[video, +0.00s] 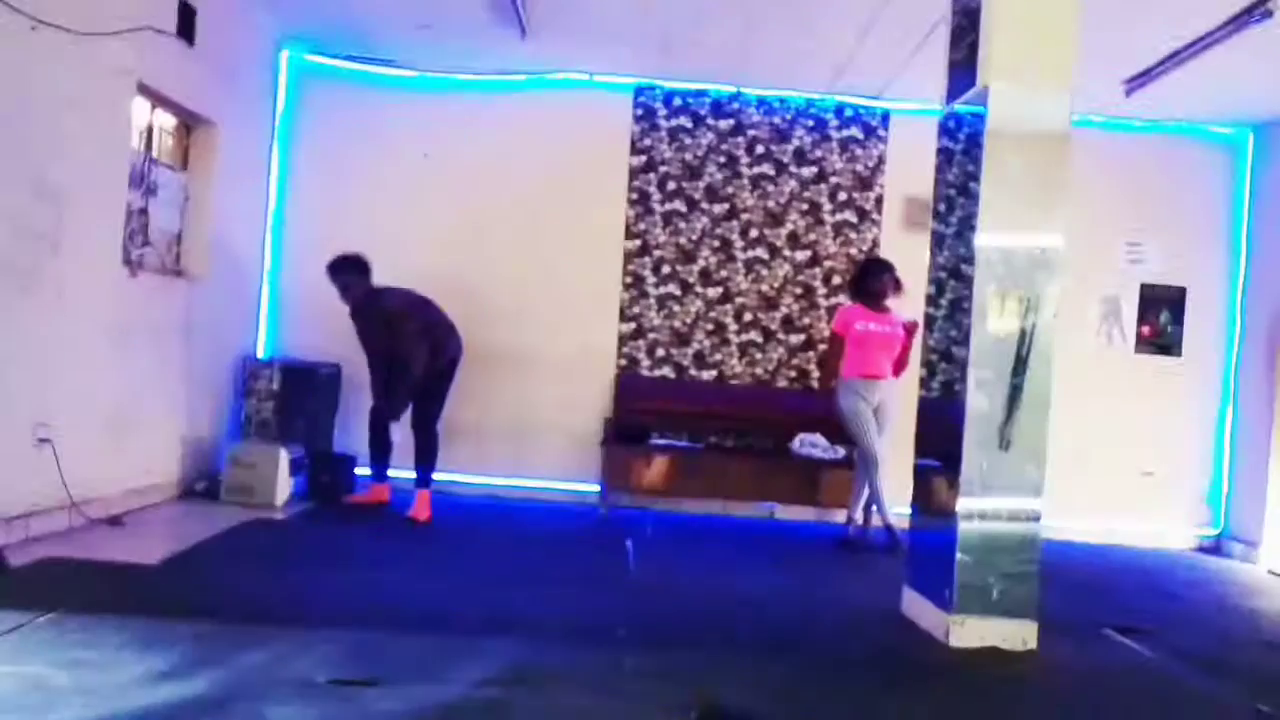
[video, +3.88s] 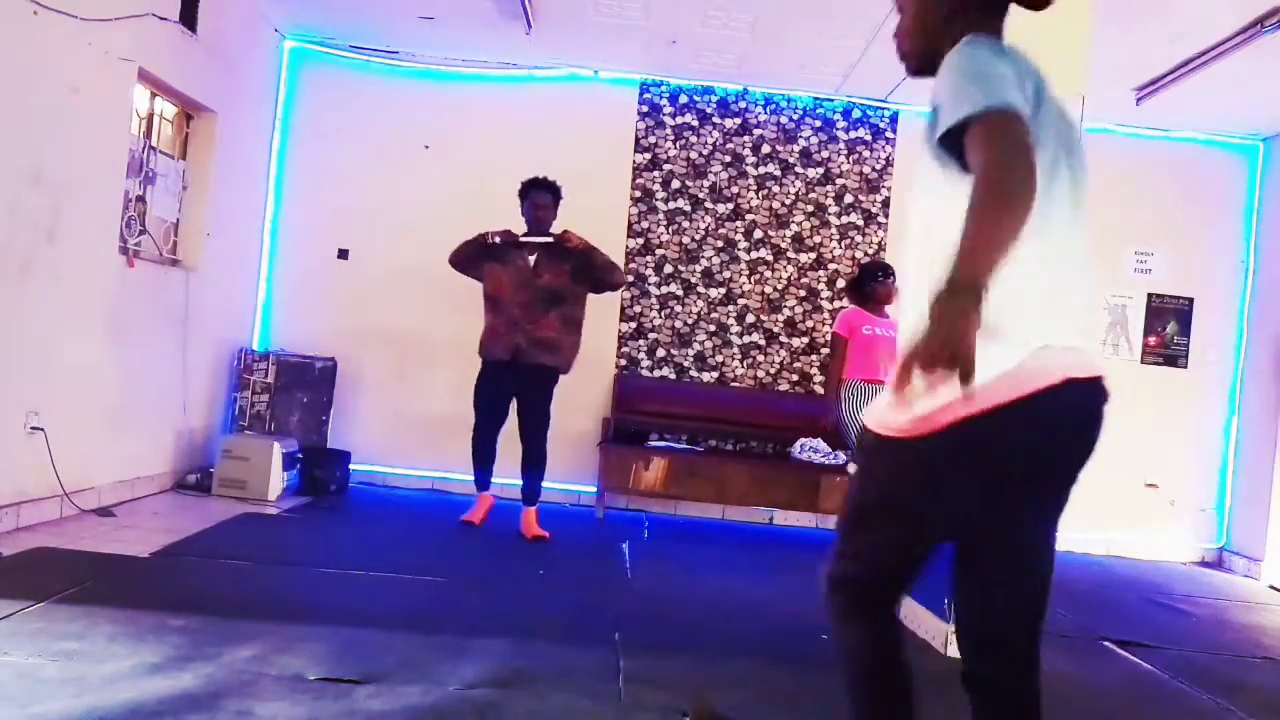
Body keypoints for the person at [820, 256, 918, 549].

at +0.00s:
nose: (886, 289)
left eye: (890, 282)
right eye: (881, 281)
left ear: (894, 285)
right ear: (866, 283)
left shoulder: (894, 321)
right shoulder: (849, 313)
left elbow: (897, 369)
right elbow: (833, 356)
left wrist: (909, 341)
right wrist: (829, 388)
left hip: (883, 387)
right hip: (854, 385)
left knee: (868, 456)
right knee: (871, 454)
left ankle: (853, 519)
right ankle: (887, 522)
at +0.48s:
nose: (904, 289)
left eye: (904, 282)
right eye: (897, 282)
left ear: (904, 288)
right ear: (880, 287)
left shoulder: (907, 325)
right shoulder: (863, 319)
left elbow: (912, 366)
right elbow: (851, 363)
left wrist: (923, 347)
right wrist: (850, 399)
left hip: (898, 391)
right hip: (870, 387)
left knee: (875, 462)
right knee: (870, 461)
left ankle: (852, 526)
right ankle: (880, 530)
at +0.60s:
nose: (905, 288)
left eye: (905, 282)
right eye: (899, 282)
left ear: (903, 288)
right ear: (882, 287)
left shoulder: (909, 324)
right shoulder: (865, 320)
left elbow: (917, 365)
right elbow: (854, 364)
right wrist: (852, 399)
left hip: (901, 391)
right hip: (873, 387)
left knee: (877, 461)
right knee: (872, 460)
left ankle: (852, 525)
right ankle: (881, 530)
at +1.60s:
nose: (906, 287)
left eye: (906, 281)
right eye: (899, 281)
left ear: (903, 286)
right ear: (881, 285)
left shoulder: (907, 326)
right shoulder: (861, 318)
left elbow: (908, 371)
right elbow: (847, 368)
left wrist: (923, 346)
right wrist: (844, 410)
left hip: (894, 395)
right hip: (866, 393)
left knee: (876, 467)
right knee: (873, 466)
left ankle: (856, 533)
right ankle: (890, 537)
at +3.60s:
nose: (895, 287)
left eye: (894, 281)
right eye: (889, 282)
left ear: (884, 287)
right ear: (871, 286)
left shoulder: (892, 326)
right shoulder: (850, 316)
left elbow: (892, 369)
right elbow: (837, 364)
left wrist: (909, 346)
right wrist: (834, 405)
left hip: (886, 398)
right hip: (856, 394)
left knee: (869, 464)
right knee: (869, 462)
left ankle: (853, 533)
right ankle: (888, 535)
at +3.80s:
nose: (893, 285)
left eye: (893, 279)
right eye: (886, 280)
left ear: (890, 286)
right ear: (870, 285)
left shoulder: (893, 326)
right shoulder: (850, 316)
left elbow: (893, 370)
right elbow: (836, 362)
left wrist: (908, 350)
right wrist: (832, 403)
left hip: (884, 396)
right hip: (856, 392)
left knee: (872, 458)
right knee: (869, 456)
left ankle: (857, 527)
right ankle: (858, 527)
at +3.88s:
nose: (893, 287)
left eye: (893, 281)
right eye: (887, 281)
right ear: (871, 286)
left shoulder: (892, 324)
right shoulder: (849, 316)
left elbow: (894, 363)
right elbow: (836, 363)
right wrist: (830, 405)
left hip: (884, 394)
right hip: (855, 392)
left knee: (885, 449)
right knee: (862, 451)